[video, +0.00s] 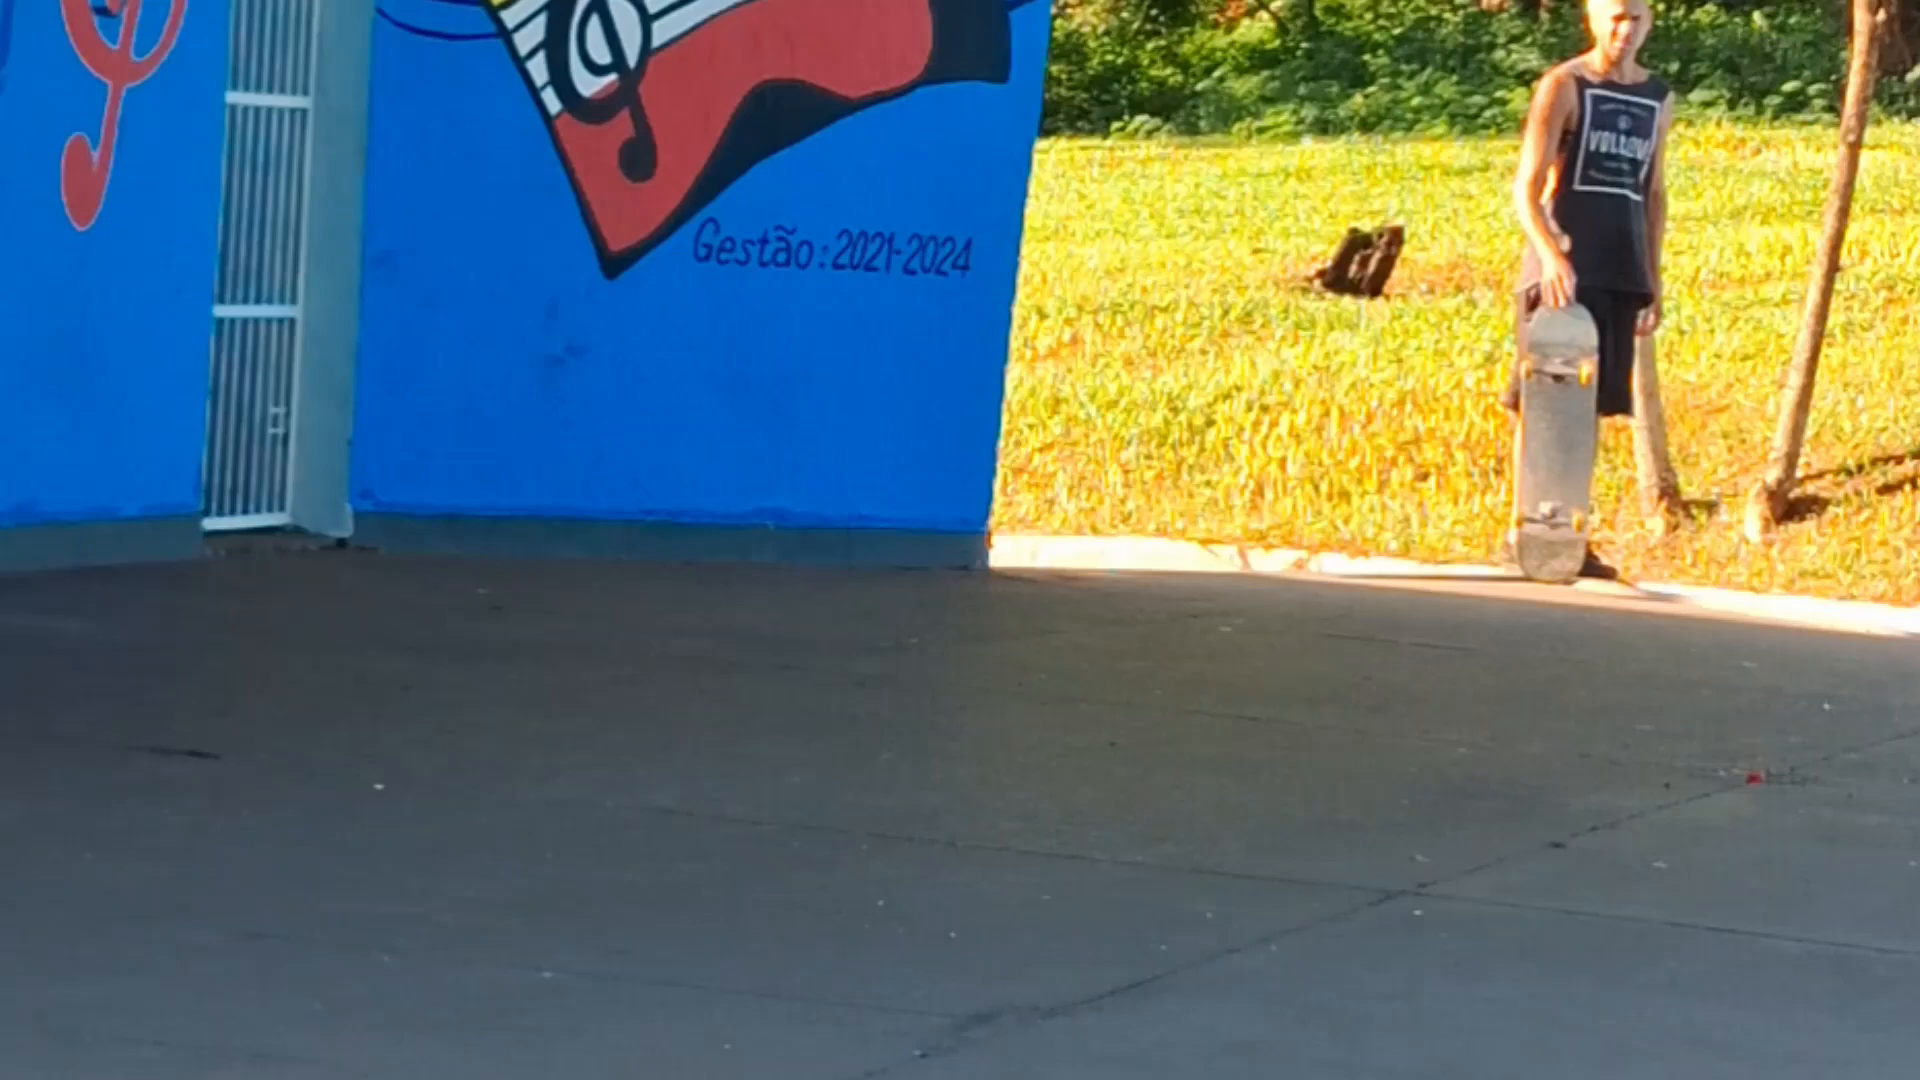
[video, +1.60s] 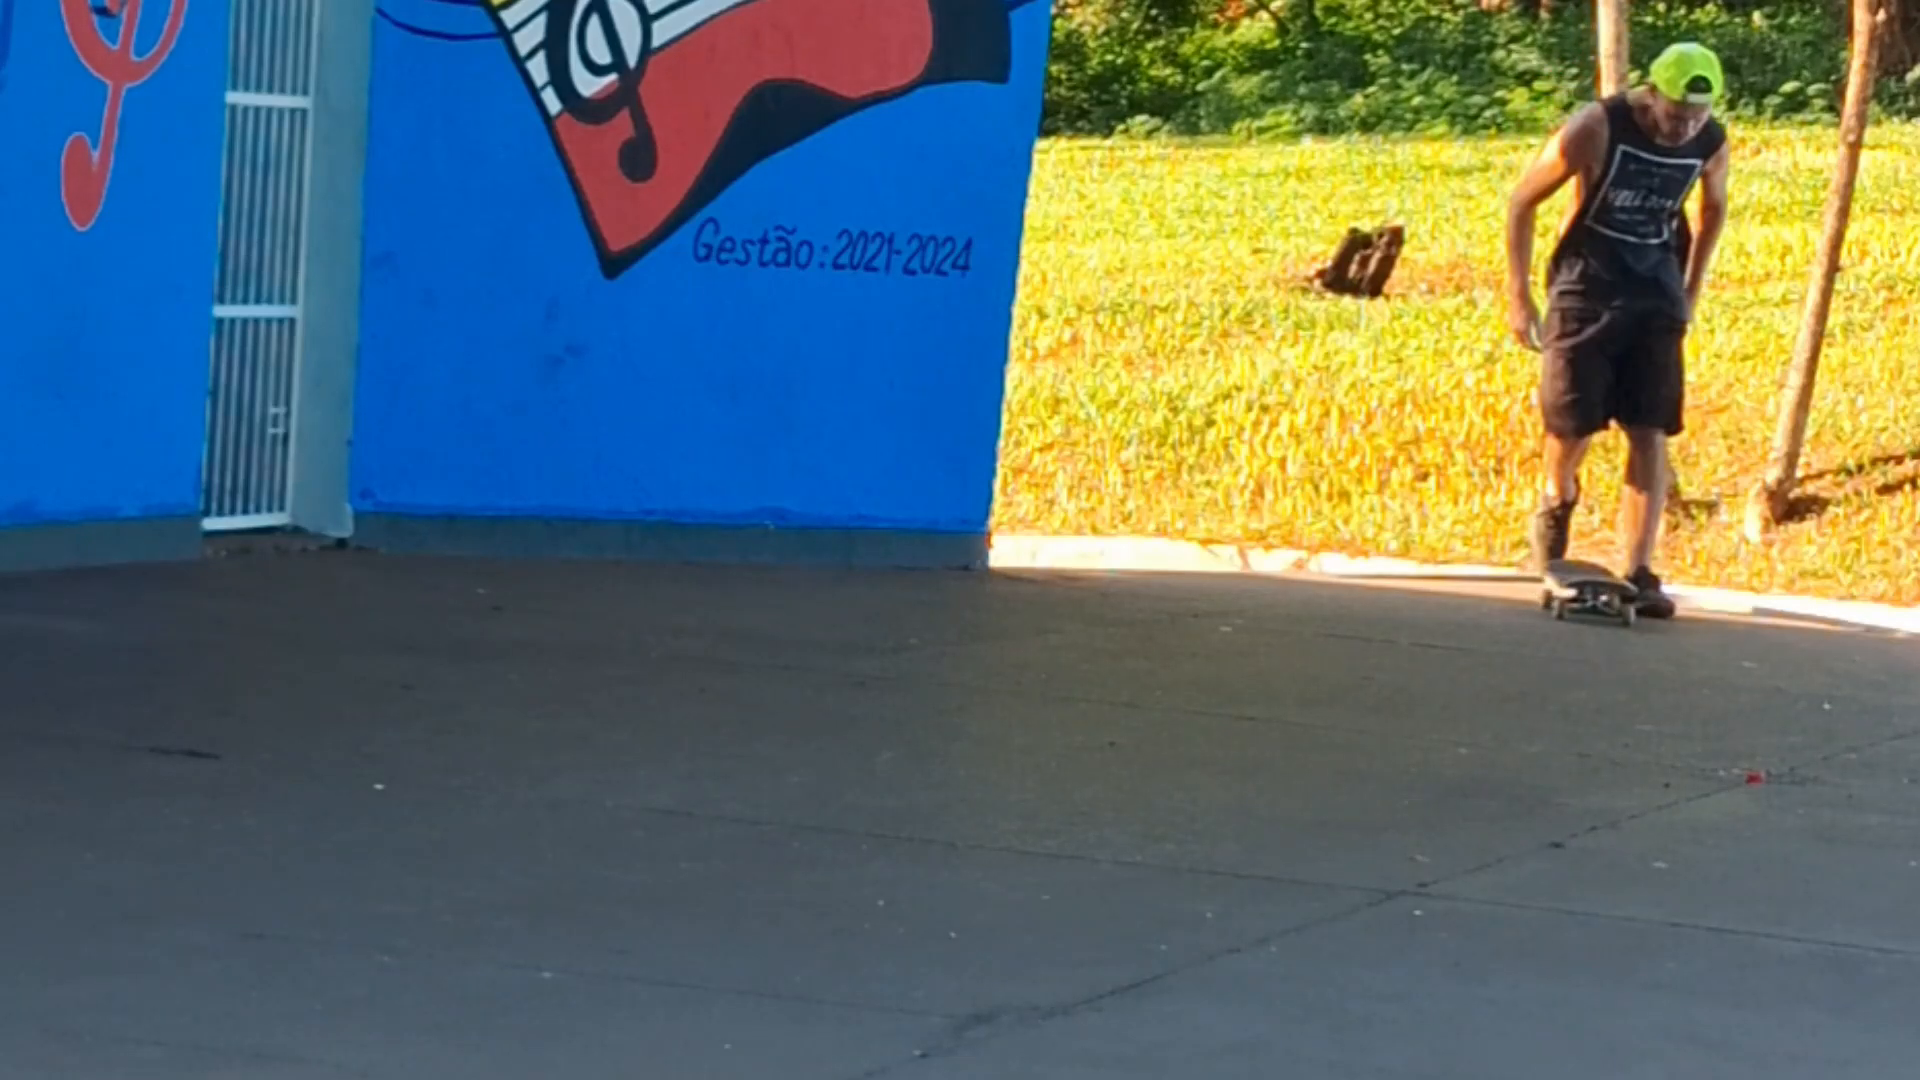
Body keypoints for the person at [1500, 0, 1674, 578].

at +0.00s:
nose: (1626, 30)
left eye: (1636, 20)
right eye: (1617, 18)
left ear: (1649, 25)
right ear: (1593, 20)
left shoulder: (1656, 95)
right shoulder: (1562, 85)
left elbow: (1653, 191)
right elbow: (1527, 188)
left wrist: (1650, 277)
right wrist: (1550, 257)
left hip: (1621, 273)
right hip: (1565, 269)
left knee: (1593, 409)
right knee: (1546, 402)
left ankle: (1571, 537)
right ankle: (1534, 533)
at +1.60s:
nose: (1688, 124)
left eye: (1700, 113)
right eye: (1678, 111)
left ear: (1712, 106)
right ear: (1651, 93)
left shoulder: (1711, 141)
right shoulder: (1595, 128)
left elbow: (1712, 209)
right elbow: (1522, 201)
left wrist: (1690, 290)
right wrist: (1518, 297)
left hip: (1658, 292)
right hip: (1586, 285)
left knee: (1650, 433)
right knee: (1571, 423)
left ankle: (1639, 570)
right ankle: (1561, 502)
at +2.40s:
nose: (1792, 117)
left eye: (1800, 108)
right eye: (1790, 103)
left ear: (1767, 84)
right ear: (1758, 77)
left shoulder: (1748, 120)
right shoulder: (1670, 94)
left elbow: (1687, 182)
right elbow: (1561, 162)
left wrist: (1676, 241)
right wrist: (1575, 267)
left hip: (1654, 263)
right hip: (1598, 250)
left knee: (1675, 406)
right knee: (1636, 399)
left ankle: (1612, 562)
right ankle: (1604, 564)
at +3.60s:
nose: (1826, 203)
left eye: (1841, 196)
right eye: (1835, 186)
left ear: (1815, 144)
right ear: (1815, 145)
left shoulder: (1735, 160)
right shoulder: (1724, 137)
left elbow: (1619, 237)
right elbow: (1600, 196)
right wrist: (1594, 323)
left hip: (1567, 266)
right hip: (1530, 261)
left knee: (1644, 438)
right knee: (1608, 439)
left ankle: (1578, 621)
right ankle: (1557, 628)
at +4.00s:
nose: (1790, 230)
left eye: (1804, 225)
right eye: (1801, 215)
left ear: (1785, 177)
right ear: (1784, 172)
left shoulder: (1700, 185)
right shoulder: (1693, 157)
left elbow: (1572, 249)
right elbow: (1561, 217)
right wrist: (1554, 357)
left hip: (1514, 266)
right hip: (1474, 254)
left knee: (1598, 439)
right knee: (1565, 438)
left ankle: (1521, 633)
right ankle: (1466, 621)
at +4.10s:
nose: (1776, 238)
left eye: (1790, 233)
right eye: (1787, 222)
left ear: (1773, 182)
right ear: (1771, 178)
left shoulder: (1683, 190)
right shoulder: (1679, 161)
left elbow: (1556, 264)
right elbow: (1547, 227)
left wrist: (1481, 398)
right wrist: (1533, 368)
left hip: (1499, 267)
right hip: (1455, 254)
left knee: (1578, 443)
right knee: (1549, 442)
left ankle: (1500, 640)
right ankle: (1448, 629)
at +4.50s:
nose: (1702, 281)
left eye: (1717, 276)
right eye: (1716, 267)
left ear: (1696, 217)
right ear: (1699, 223)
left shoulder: (1614, 210)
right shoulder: (1608, 205)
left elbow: (1490, 308)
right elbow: (1490, 297)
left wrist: (1424, 480)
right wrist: (1482, 449)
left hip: (1405, 275)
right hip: (1364, 270)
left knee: (1518, 445)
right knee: (1478, 469)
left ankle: (1416, 651)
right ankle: (1351, 641)